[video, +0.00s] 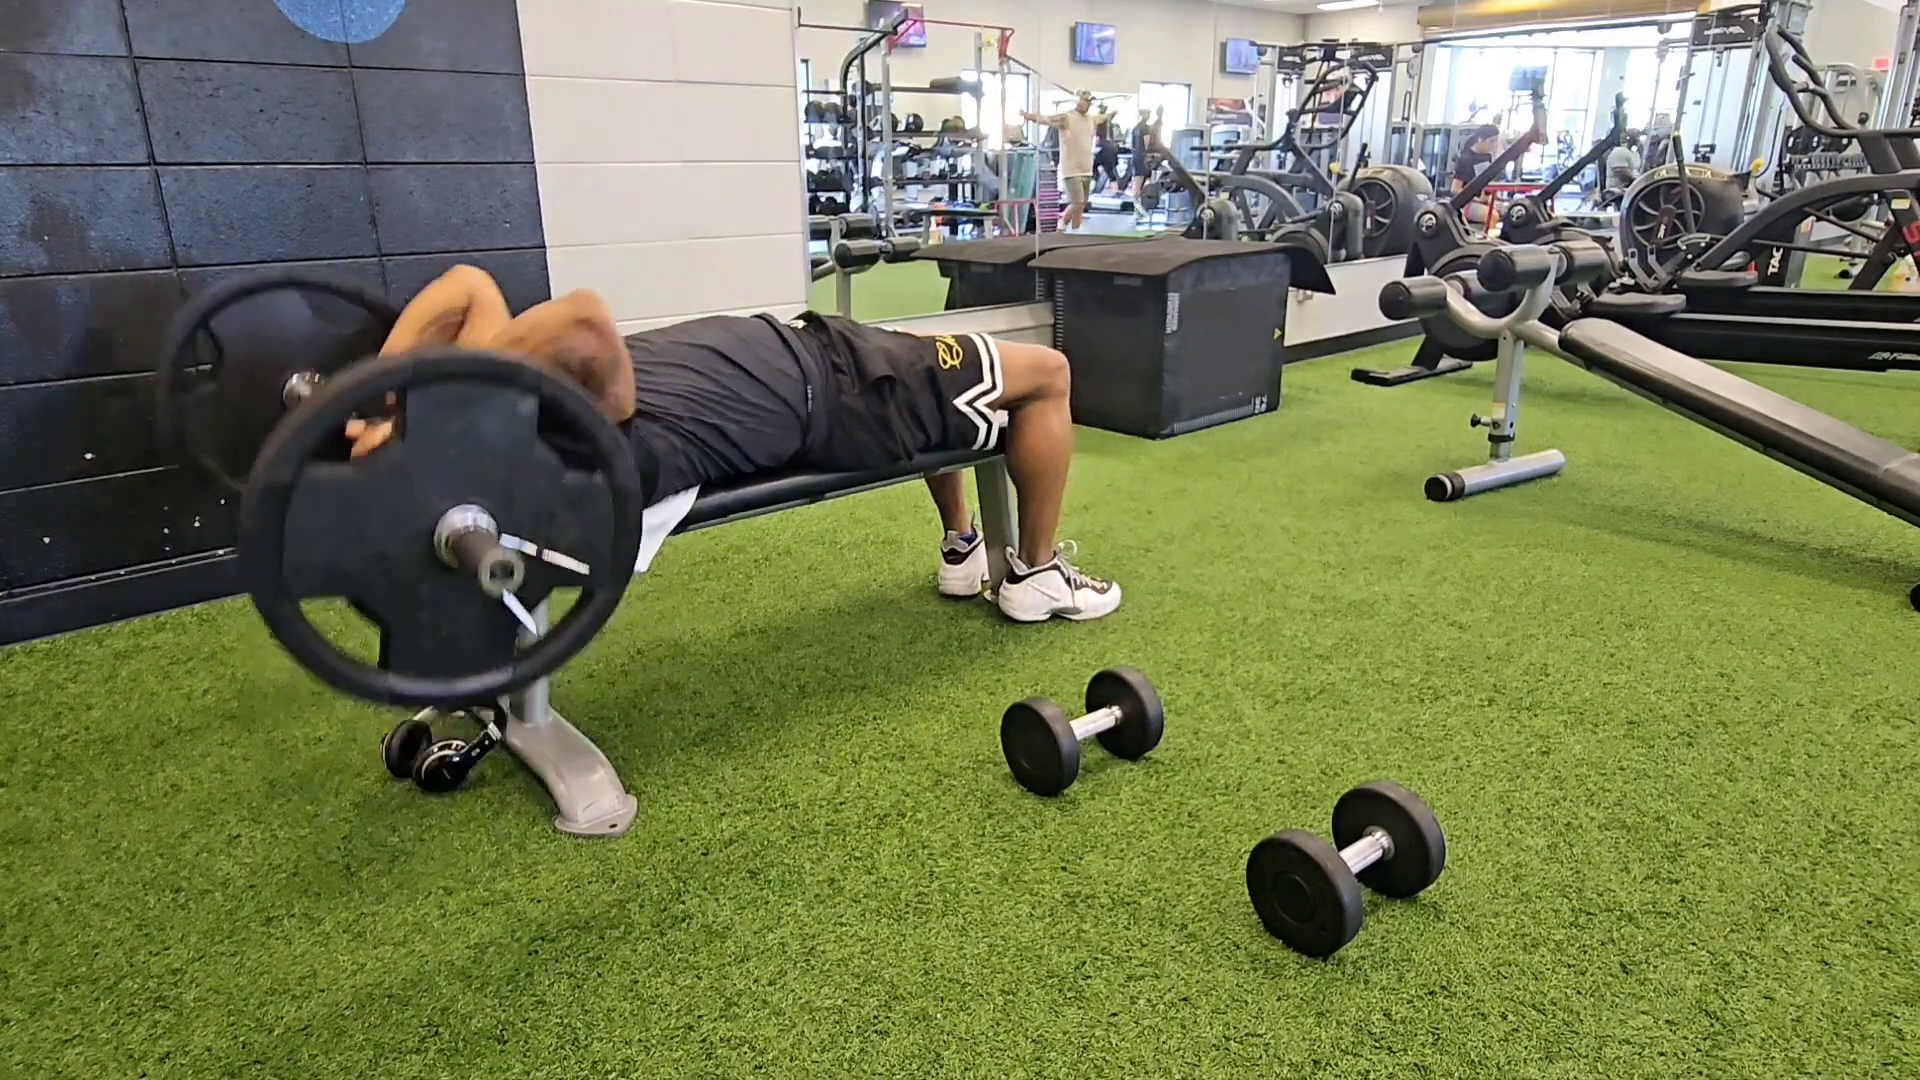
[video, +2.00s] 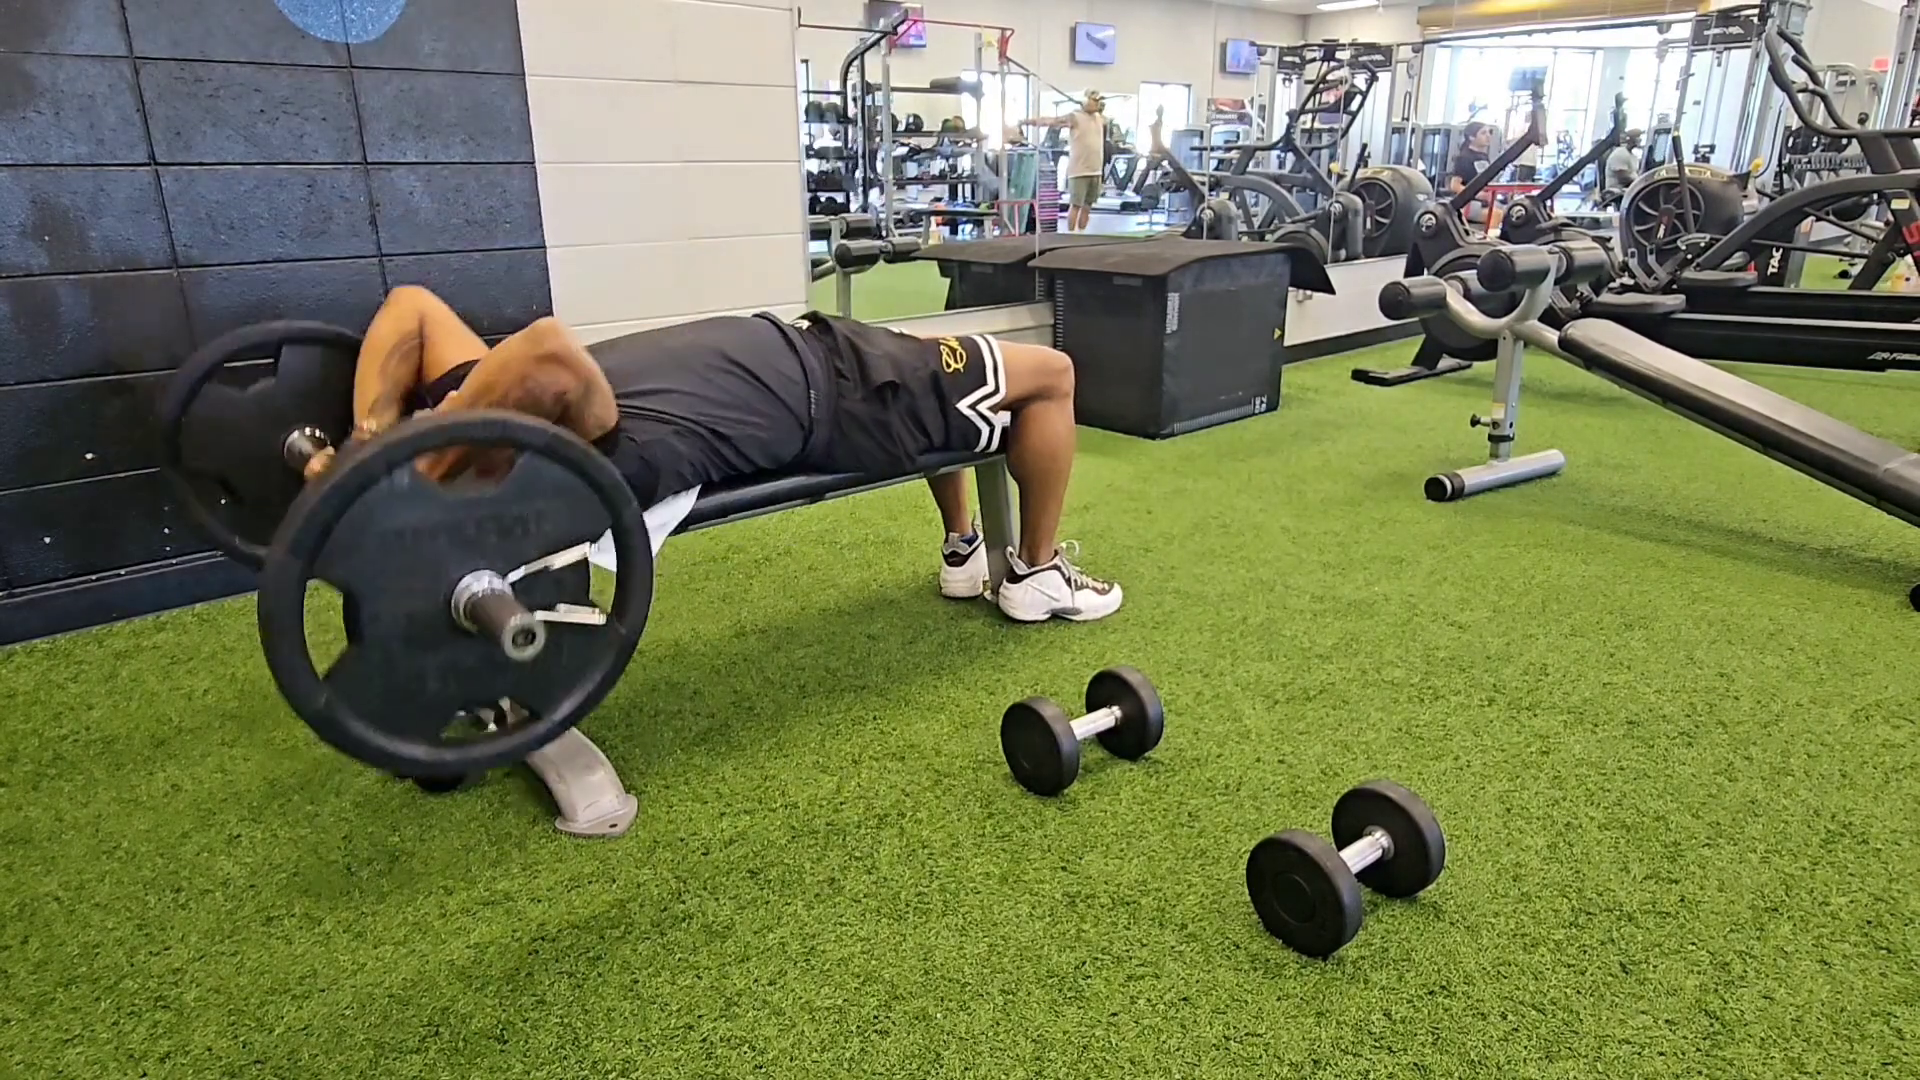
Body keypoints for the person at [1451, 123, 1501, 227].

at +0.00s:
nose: (1495, 145)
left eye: (1496, 141)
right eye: (1492, 141)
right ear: (1480, 140)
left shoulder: (1488, 157)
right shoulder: (1466, 158)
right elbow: (1455, 188)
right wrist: (1479, 198)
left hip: (1486, 199)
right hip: (1468, 202)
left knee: (1509, 209)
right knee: (1492, 215)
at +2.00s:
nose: (1488, 136)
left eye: (1488, 132)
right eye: (1483, 133)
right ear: (1471, 137)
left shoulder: (1484, 156)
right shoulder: (1464, 157)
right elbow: (1455, 185)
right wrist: (1480, 195)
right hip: (1469, 203)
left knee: (1508, 212)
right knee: (1496, 215)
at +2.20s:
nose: (1489, 136)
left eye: (1490, 132)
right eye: (1485, 133)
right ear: (1473, 137)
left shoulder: (1485, 156)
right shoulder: (1465, 157)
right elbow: (1454, 185)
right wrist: (1478, 195)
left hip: (1488, 201)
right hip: (1469, 202)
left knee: (1508, 212)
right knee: (1496, 215)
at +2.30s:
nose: (1490, 136)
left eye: (1490, 132)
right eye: (1485, 133)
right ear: (1473, 137)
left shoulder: (1485, 155)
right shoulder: (1465, 156)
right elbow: (1454, 185)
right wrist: (1479, 195)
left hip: (1488, 201)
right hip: (1469, 203)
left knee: (1509, 212)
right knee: (1496, 215)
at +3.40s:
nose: (1494, 141)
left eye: (1496, 138)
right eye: (1492, 138)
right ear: (1480, 137)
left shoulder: (1487, 156)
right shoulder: (1467, 156)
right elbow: (1458, 186)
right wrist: (1483, 195)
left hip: (1488, 201)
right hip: (1470, 202)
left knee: (1507, 212)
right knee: (1496, 215)